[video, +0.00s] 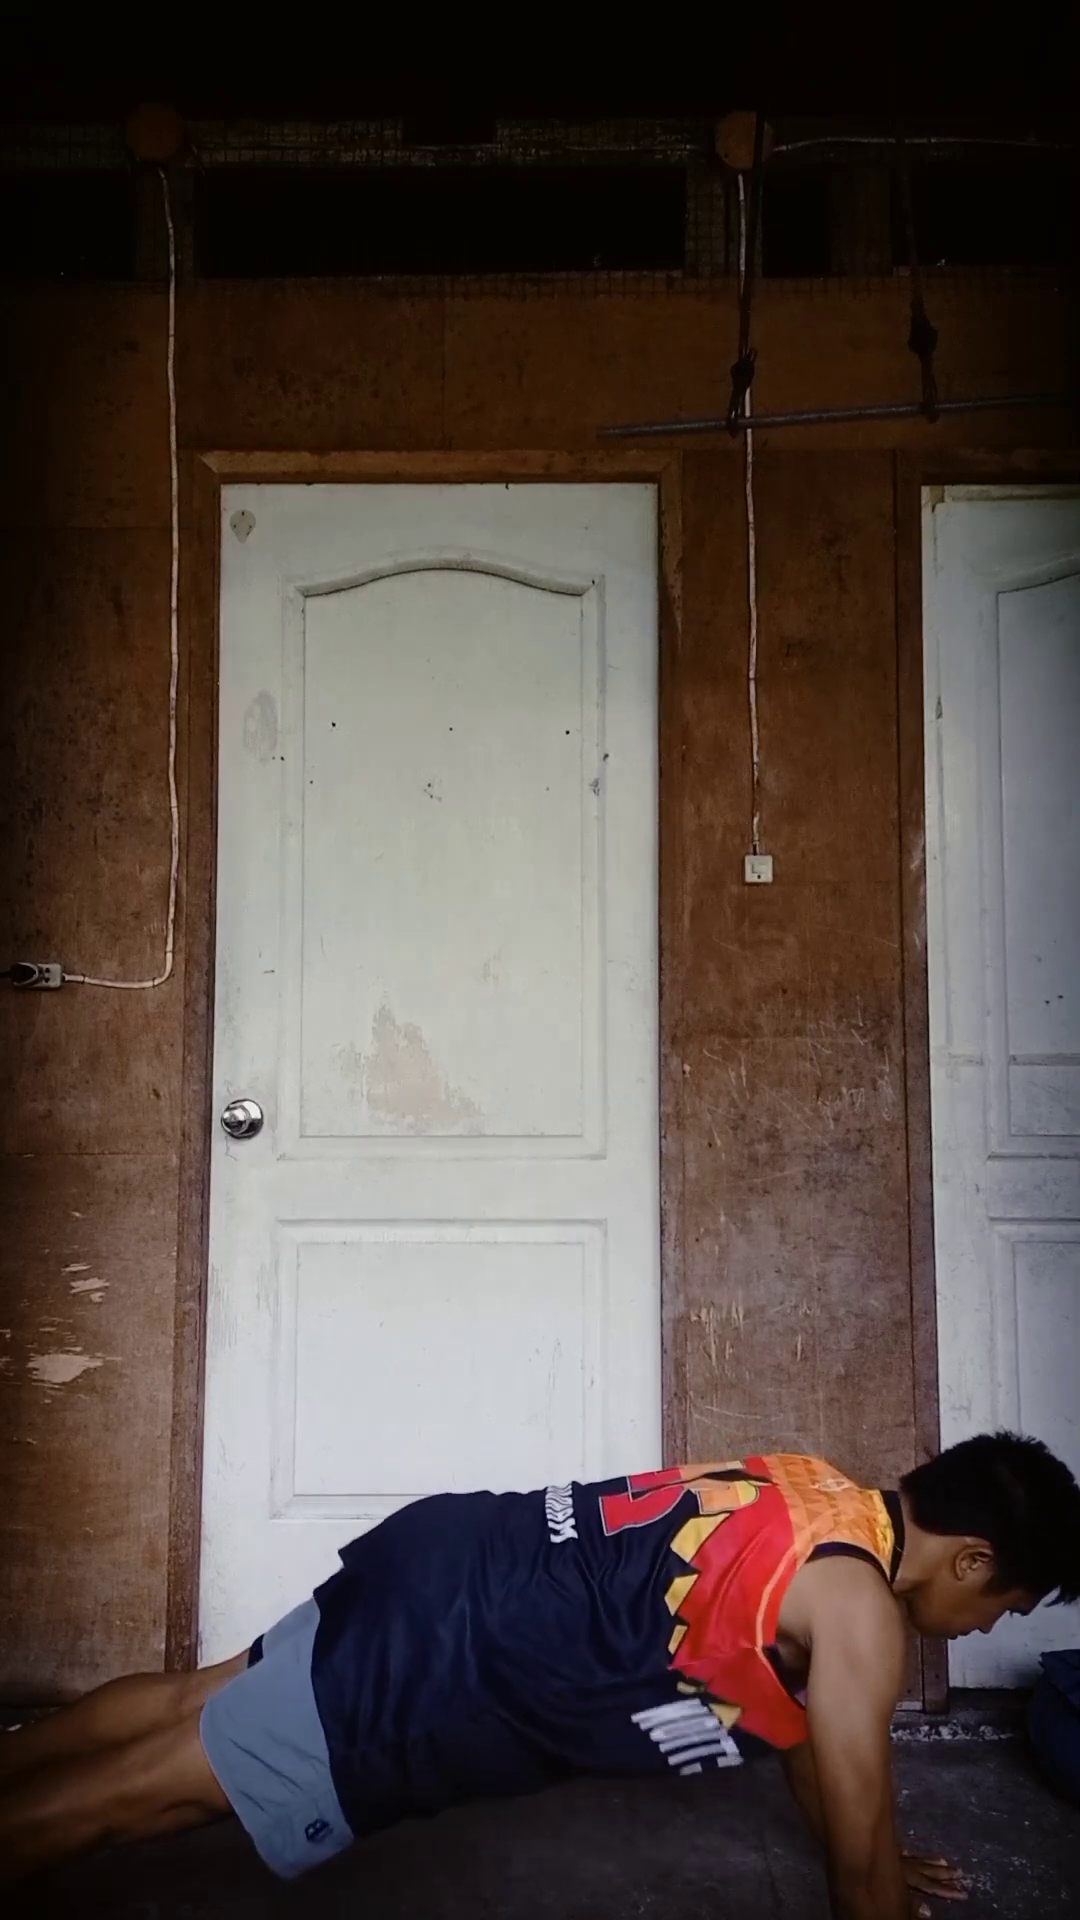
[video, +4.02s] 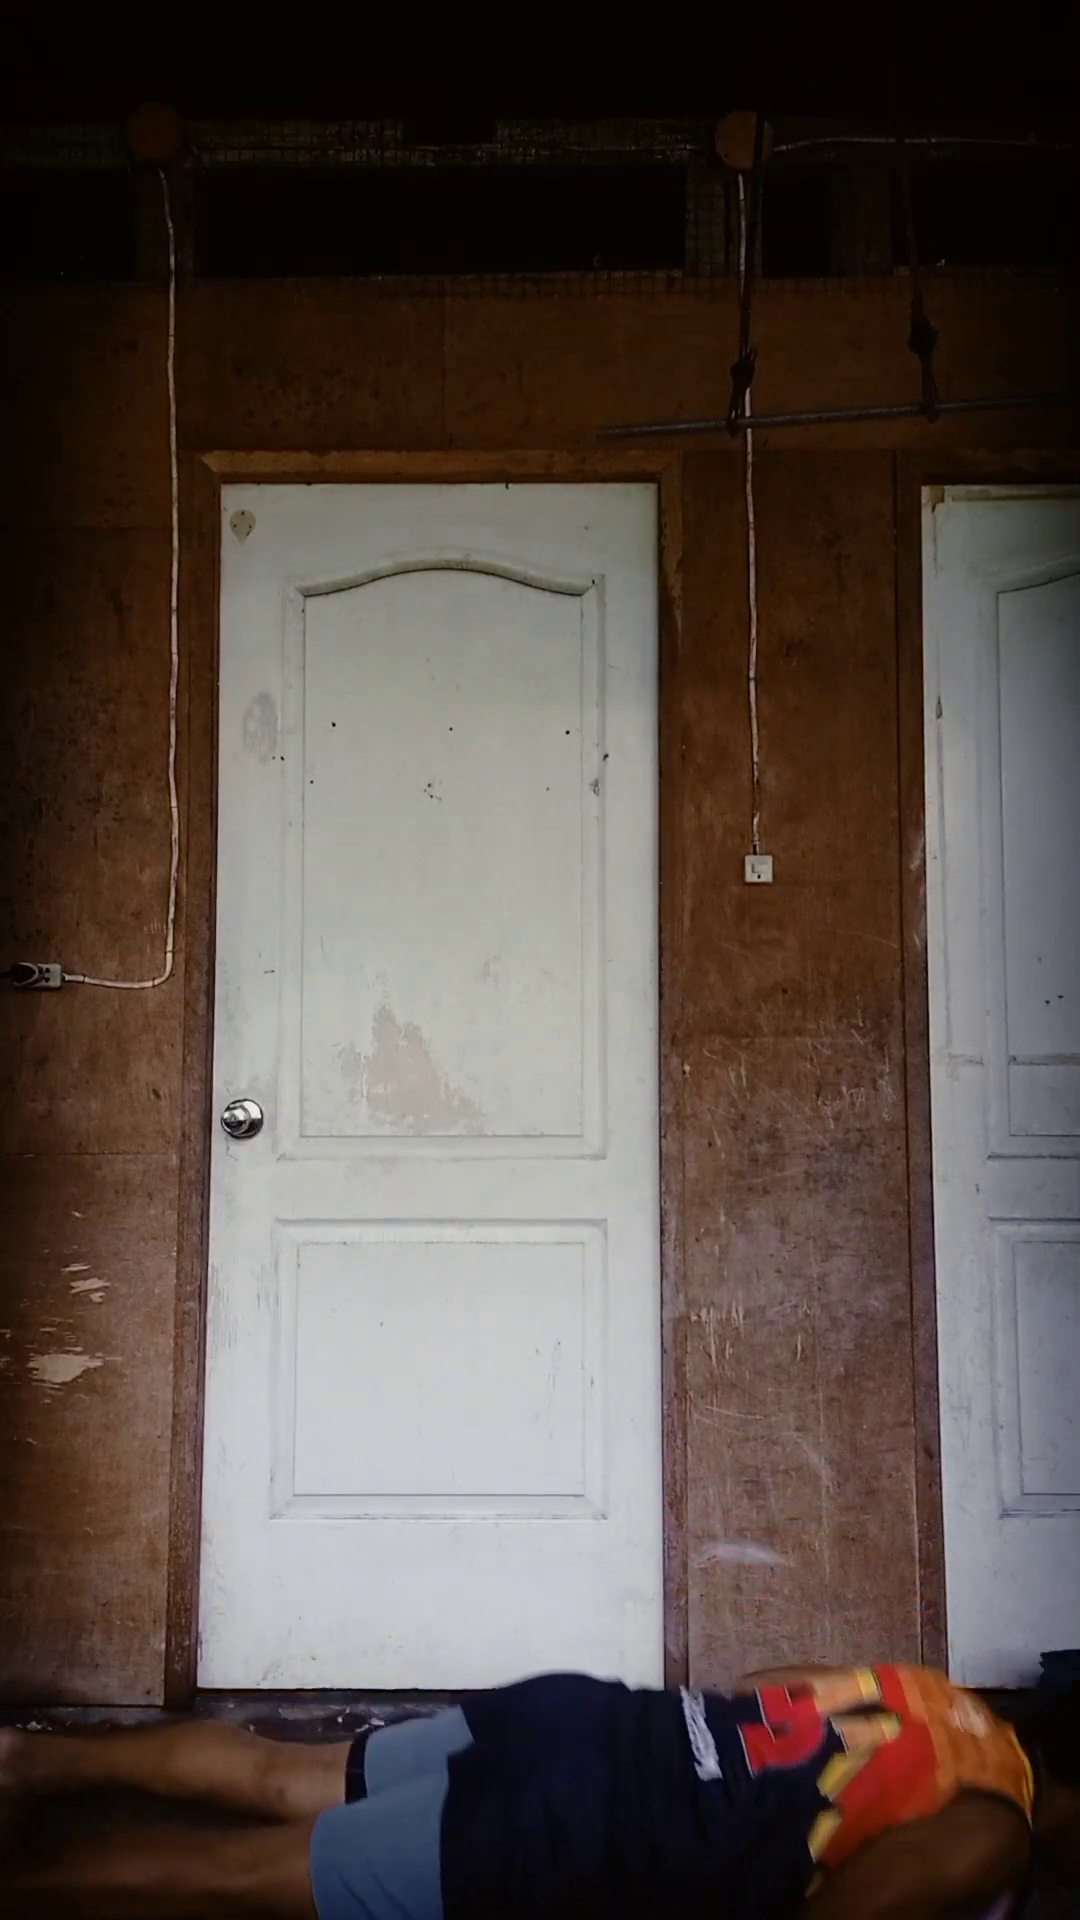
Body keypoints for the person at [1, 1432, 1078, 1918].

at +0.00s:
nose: (987, 1627)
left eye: (1008, 1608)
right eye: (1002, 1602)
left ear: (935, 1498)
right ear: (966, 1557)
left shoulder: (823, 1487)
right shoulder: (856, 1620)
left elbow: (806, 1713)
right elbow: (867, 1879)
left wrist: (877, 1850)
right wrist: (910, 1896)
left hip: (450, 1551)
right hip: (445, 1656)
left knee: (194, 1697)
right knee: (140, 1793)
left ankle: (1, 1766)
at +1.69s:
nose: (1059, 1742)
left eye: (1071, 1726)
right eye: (1071, 1721)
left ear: (1004, 1610)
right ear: (1055, 1692)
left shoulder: (884, 1588)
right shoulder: (932, 1728)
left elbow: (755, 1725)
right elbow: (834, 1906)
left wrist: (867, 1844)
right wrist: (904, 1885)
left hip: (520, 1651)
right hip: (511, 1778)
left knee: (228, 1747)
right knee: (185, 1853)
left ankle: (11, 1759)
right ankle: (11, 1860)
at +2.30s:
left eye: (1033, 1683)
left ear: (1040, 1690)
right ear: (1076, 1758)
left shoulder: (957, 1719)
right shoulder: (1015, 1828)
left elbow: (799, 1684)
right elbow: (855, 1901)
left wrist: (873, 1770)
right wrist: (886, 1791)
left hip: (588, 1729)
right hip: (589, 1843)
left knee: (310, 1782)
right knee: (269, 1882)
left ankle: (53, 1757)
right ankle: (37, 1878)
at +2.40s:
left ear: (1046, 1682)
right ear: (1073, 1754)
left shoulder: (945, 1682)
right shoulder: (1002, 1807)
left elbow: (771, 1717)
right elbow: (850, 1901)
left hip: (586, 1703)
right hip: (577, 1834)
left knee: (301, 1761)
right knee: (260, 1868)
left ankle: (46, 1756)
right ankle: (34, 1873)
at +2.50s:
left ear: (1043, 1637)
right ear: (1079, 1714)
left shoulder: (924, 1622)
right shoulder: (992, 1766)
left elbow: (781, 1698)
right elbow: (845, 1897)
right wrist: (947, 1886)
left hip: (577, 1678)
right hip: (569, 1812)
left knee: (295, 1754)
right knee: (238, 1866)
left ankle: (42, 1761)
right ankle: (30, 1867)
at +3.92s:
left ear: (1042, 1652)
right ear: (1078, 1729)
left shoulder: (919, 1637)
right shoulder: (966, 1769)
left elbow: (772, 1711)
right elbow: (844, 1900)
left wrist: (910, 1842)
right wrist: (947, 1879)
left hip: (558, 1690)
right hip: (537, 1815)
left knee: (283, 1762)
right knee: (222, 1869)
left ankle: (26, 1759)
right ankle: (20, 1863)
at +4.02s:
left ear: (1033, 1684)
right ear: (1069, 1761)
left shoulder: (935, 1694)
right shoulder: (989, 1819)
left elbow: (764, 1721)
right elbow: (840, 1893)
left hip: (588, 1712)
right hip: (584, 1827)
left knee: (288, 1769)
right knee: (256, 1870)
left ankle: (26, 1754)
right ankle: (23, 1869)